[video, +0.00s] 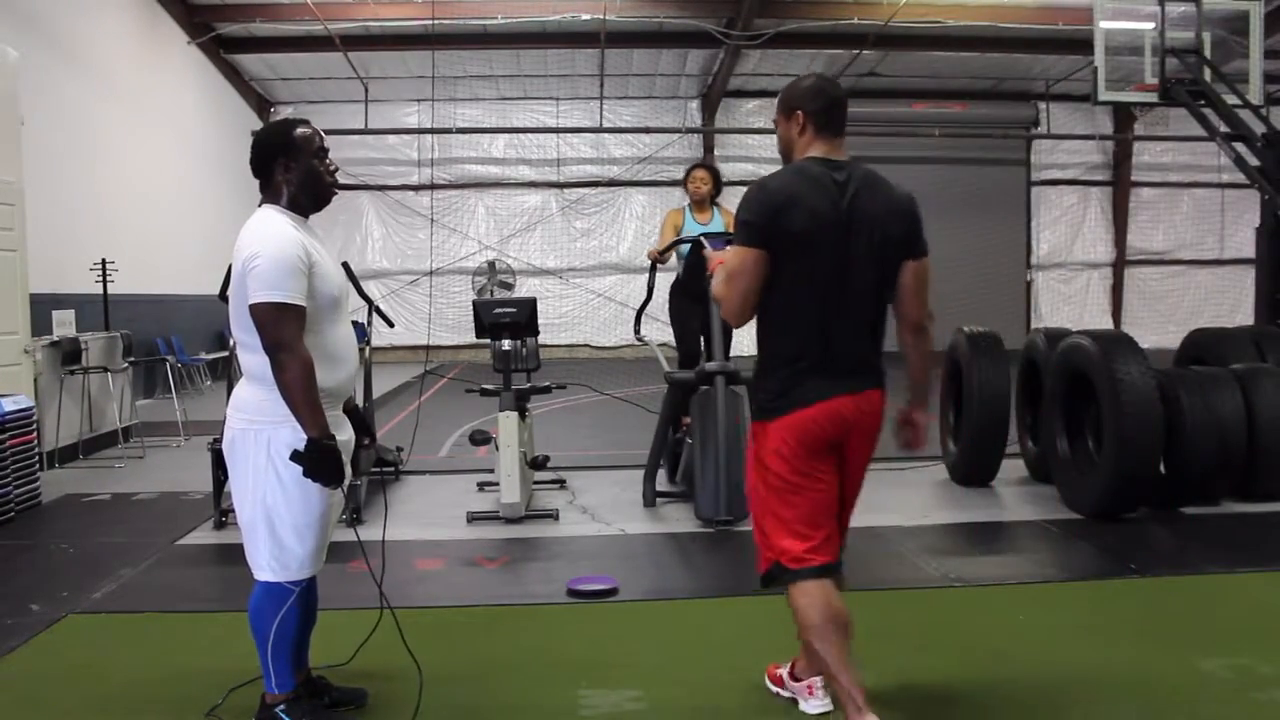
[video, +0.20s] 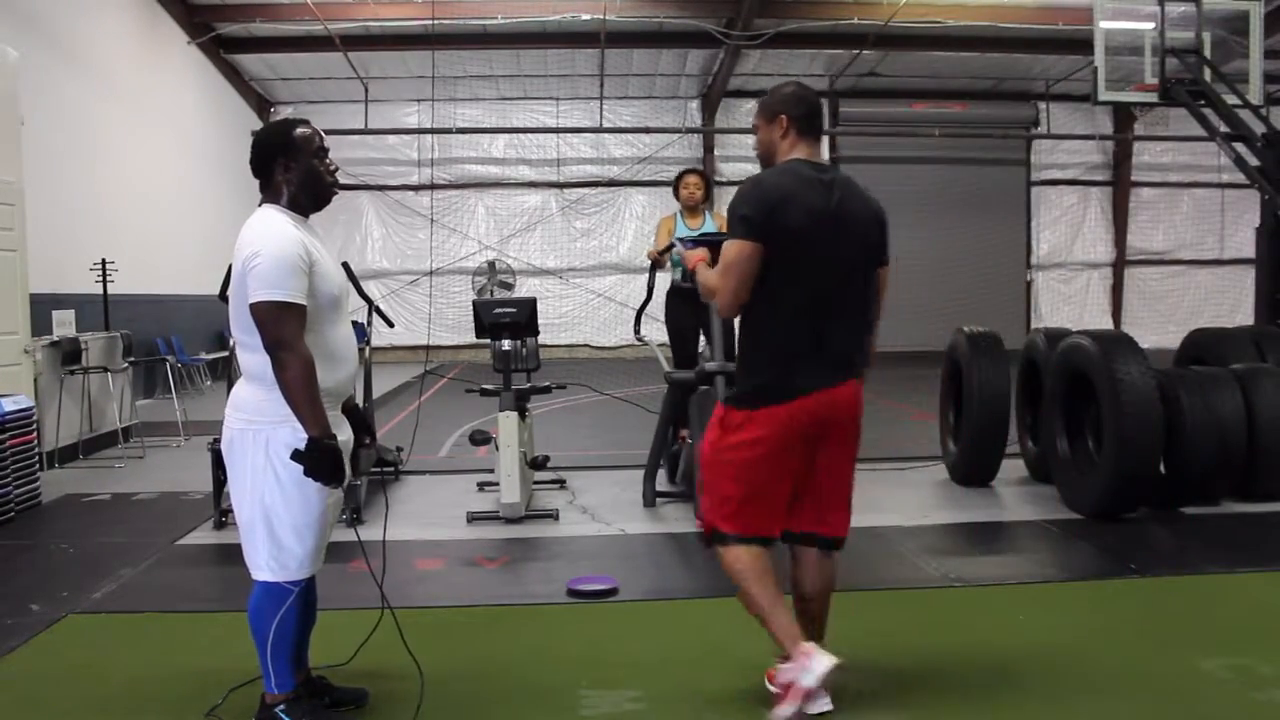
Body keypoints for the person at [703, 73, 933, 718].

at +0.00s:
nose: (776, 135)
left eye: (778, 124)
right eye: (778, 124)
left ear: (795, 122)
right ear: (840, 124)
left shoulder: (770, 197)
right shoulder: (894, 202)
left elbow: (735, 309)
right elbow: (915, 317)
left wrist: (723, 267)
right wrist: (917, 399)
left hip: (793, 409)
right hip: (863, 401)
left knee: (805, 566)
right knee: (823, 552)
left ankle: (857, 707)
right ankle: (806, 674)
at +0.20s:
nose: (756, 142)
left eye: (759, 131)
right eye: (758, 132)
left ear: (781, 127)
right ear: (813, 130)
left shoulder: (761, 195)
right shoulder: (865, 204)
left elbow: (726, 295)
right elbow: (874, 306)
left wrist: (701, 268)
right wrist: (851, 366)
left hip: (769, 398)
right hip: (841, 394)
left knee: (730, 528)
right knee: (816, 534)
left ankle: (802, 653)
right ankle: (805, 675)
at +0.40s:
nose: (726, 147)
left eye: (729, 136)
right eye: (725, 136)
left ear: (756, 132)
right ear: (778, 133)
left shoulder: (742, 196)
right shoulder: (833, 201)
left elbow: (714, 296)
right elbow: (834, 289)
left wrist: (673, 271)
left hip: (742, 394)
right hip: (816, 384)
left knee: (715, 523)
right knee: (811, 527)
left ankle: (696, 648)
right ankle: (807, 669)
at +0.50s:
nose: (706, 151)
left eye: (711, 140)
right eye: (706, 140)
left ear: (737, 138)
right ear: (758, 139)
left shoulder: (725, 202)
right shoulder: (814, 209)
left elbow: (700, 304)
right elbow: (804, 292)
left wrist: (659, 281)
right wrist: (713, 271)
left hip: (731, 395)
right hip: (804, 385)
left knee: (710, 524)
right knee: (805, 527)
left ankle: (679, 635)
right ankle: (807, 671)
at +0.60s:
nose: (686, 160)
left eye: (690, 148)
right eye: (687, 148)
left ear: (714, 145)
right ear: (741, 144)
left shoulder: (704, 211)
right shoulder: (795, 213)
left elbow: (683, 311)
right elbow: (776, 300)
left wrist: (644, 287)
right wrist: (693, 248)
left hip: (714, 400)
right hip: (785, 390)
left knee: (695, 525)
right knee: (789, 526)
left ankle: (677, 637)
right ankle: (804, 666)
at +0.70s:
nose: (665, 165)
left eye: (666, 154)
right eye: (663, 154)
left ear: (688, 148)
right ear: (716, 145)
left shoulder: (681, 215)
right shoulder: (776, 211)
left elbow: (664, 316)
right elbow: (772, 308)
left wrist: (629, 293)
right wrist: (663, 283)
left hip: (693, 395)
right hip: (762, 387)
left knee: (679, 520)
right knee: (764, 517)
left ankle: (676, 638)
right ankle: (795, 640)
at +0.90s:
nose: (633, 169)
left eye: (634, 159)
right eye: (632, 159)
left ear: (651, 153)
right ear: (684, 149)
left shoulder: (645, 218)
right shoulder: (747, 207)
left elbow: (626, 317)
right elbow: (767, 300)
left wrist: (603, 290)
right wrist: (776, 368)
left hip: (666, 391)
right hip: (730, 382)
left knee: (664, 519)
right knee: (729, 493)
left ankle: (675, 637)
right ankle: (752, 590)